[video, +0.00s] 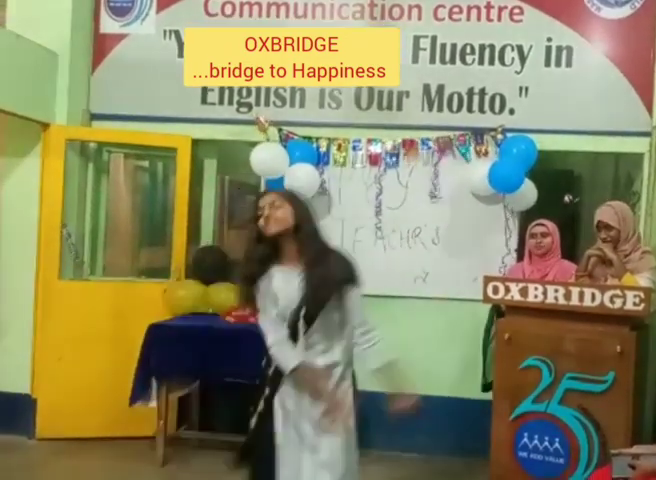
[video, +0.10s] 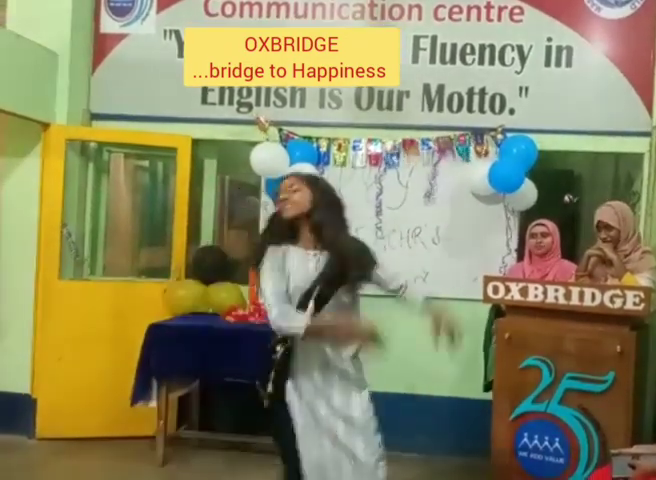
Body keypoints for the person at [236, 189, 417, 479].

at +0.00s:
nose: (266, 214)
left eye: (275, 206)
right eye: (262, 210)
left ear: (298, 213)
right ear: (259, 222)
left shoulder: (335, 266)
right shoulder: (266, 277)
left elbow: (360, 331)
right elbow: (273, 335)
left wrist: (394, 384)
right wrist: (304, 373)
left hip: (332, 387)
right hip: (287, 388)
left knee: (330, 468)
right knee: (288, 468)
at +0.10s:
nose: (284, 199)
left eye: (293, 191)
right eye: (281, 194)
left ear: (317, 196)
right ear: (279, 205)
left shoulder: (347, 250)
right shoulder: (277, 252)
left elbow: (396, 284)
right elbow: (278, 317)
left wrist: (433, 309)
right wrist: (336, 326)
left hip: (343, 375)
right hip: (297, 377)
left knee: (363, 462)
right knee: (308, 466)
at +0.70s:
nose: (255, 218)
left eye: (265, 210)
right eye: (248, 209)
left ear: (283, 217)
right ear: (239, 215)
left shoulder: (295, 269)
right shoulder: (228, 264)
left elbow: (280, 339)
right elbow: (209, 327)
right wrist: (197, 397)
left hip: (277, 389)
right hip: (230, 385)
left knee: (280, 467)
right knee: (203, 465)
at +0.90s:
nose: (224, 204)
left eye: (235, 196)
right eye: (218, 195)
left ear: (256, 202)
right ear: (210, 200)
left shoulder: (271, 257)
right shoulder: (213, 250)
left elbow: (254, 314)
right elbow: (166, 290)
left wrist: (196, 319)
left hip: (246, 368)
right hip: (210, 363)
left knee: (219, 456)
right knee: (200, 449)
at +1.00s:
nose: (218, 201)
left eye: (229, 193)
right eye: (213, 192)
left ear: (250, 199)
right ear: (206, 195)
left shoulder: (265, 249)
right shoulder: (210, 242)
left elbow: (256, 310)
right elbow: (162, 273)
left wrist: (194, 333)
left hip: (238, 356)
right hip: (204, 347)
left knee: (212, 438)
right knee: (193, 431)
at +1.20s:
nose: (207, 197)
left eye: (218, 191)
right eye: (206, 190)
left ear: (241, 201)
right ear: (202, 197)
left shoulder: (263, 264)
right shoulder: (200, 250)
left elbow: (262, 339)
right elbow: (133, 235)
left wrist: (239, 402)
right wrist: (127, 181)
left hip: (236, 381)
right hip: (197, 375)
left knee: (229, 466)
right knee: (194, 462)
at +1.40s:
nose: (257, 199)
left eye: (268, 194)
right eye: (250, 193)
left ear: (282, 207)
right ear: (239, 203)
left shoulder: (291, 263)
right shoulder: (227, 249)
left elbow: (301, 329)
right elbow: (170, 205)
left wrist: (300, 393)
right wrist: (190, 172)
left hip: (277, 384)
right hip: (233, 379)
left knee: (280, 468)